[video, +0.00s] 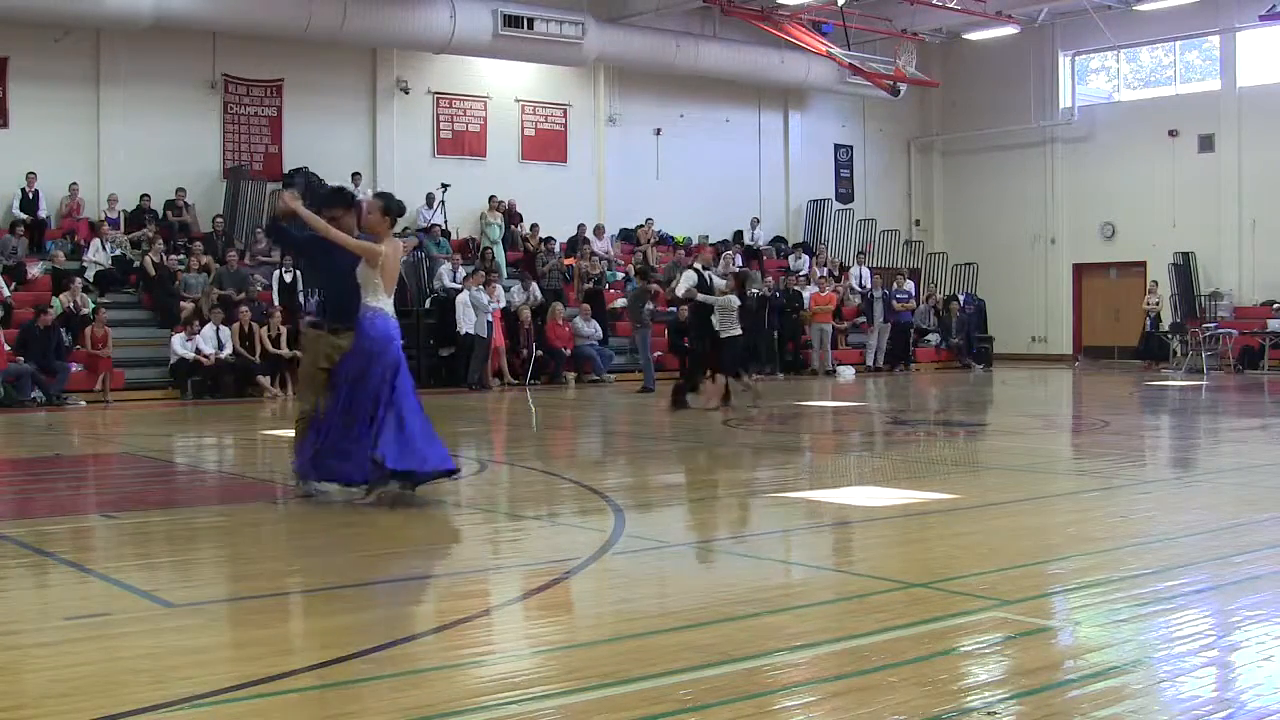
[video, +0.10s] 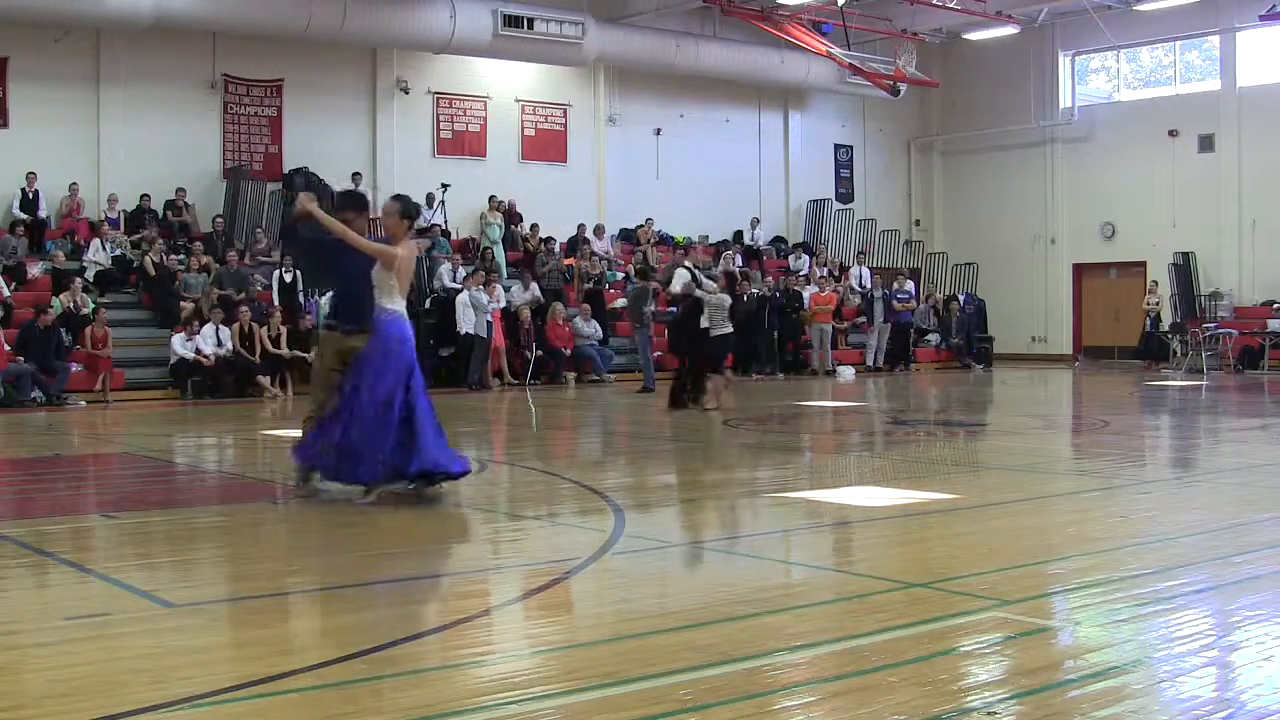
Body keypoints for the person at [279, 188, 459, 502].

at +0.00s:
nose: (363, 217)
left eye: (369, 213)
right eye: (364, 212)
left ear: (386, 219)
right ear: (387, 220)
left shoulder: (377, 250)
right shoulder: (396, 246)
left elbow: (331, 232)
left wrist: (298, 208)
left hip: (373, 328)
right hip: (388, 327)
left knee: (347, 392)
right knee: (389, 397)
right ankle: (406, 466)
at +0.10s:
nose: (381, 221)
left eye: (386, 216)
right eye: (382, 215)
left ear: (403, 221)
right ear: (404, 222)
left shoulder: (393, 254)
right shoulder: (411, 249)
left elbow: (349, 236)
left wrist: (315, 210)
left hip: (388, 331)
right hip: (401, 329)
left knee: (369, 397)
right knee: (407, 397)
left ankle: (371, 471)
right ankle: (426, 467)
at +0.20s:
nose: (400, 220)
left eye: (406, 215)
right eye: (401, 214)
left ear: (421, 222)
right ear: (417, 221)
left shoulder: (413, 252)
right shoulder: (422, 246)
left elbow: (365, 237)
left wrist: (327, 209)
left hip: (409, 331)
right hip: (413, 328)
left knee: (385, 393)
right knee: (414, 397)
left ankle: (384, 472)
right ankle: (429, 467)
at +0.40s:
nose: (432, 221)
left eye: (438, 216)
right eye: (433, 216)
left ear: (453, 223)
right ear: (449, 224)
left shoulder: (442, 253)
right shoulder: (450, 247)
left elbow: (398, 235)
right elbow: (402, 234)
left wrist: (363, 207)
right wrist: (365, 206)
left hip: (436, 330)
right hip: (435, 327)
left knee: (405, 384)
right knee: (439, 393)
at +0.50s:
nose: (444, 224)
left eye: (450, 219)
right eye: (445, 218)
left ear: (465, 225)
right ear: (465, 225)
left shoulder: (451, 255)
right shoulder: (469, 247)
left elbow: (410, 238)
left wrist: (375, 214)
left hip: (442, 333)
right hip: (451, 330)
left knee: (427, 396)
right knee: (451, 398)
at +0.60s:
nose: (456, 224)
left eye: (461, 219)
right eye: (457, 218)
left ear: (476, 225)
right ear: (476, 225)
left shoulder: (463, 254)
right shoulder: (481, 248)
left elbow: (418, 245)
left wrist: (384, 226)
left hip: (456, 330)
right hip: (467, 329)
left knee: (441, 395)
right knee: (463, 396)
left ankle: (457, 463)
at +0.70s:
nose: (464, 225)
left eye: (469, 220)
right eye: (465, 219)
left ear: (485, 226)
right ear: (484, 226)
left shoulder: (473, 255)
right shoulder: (491, 251)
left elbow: (427, 259)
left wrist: (391, 245)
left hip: (468, 329)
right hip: (481, 326)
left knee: (460, 395)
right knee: (472, 394)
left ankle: (472, 464)